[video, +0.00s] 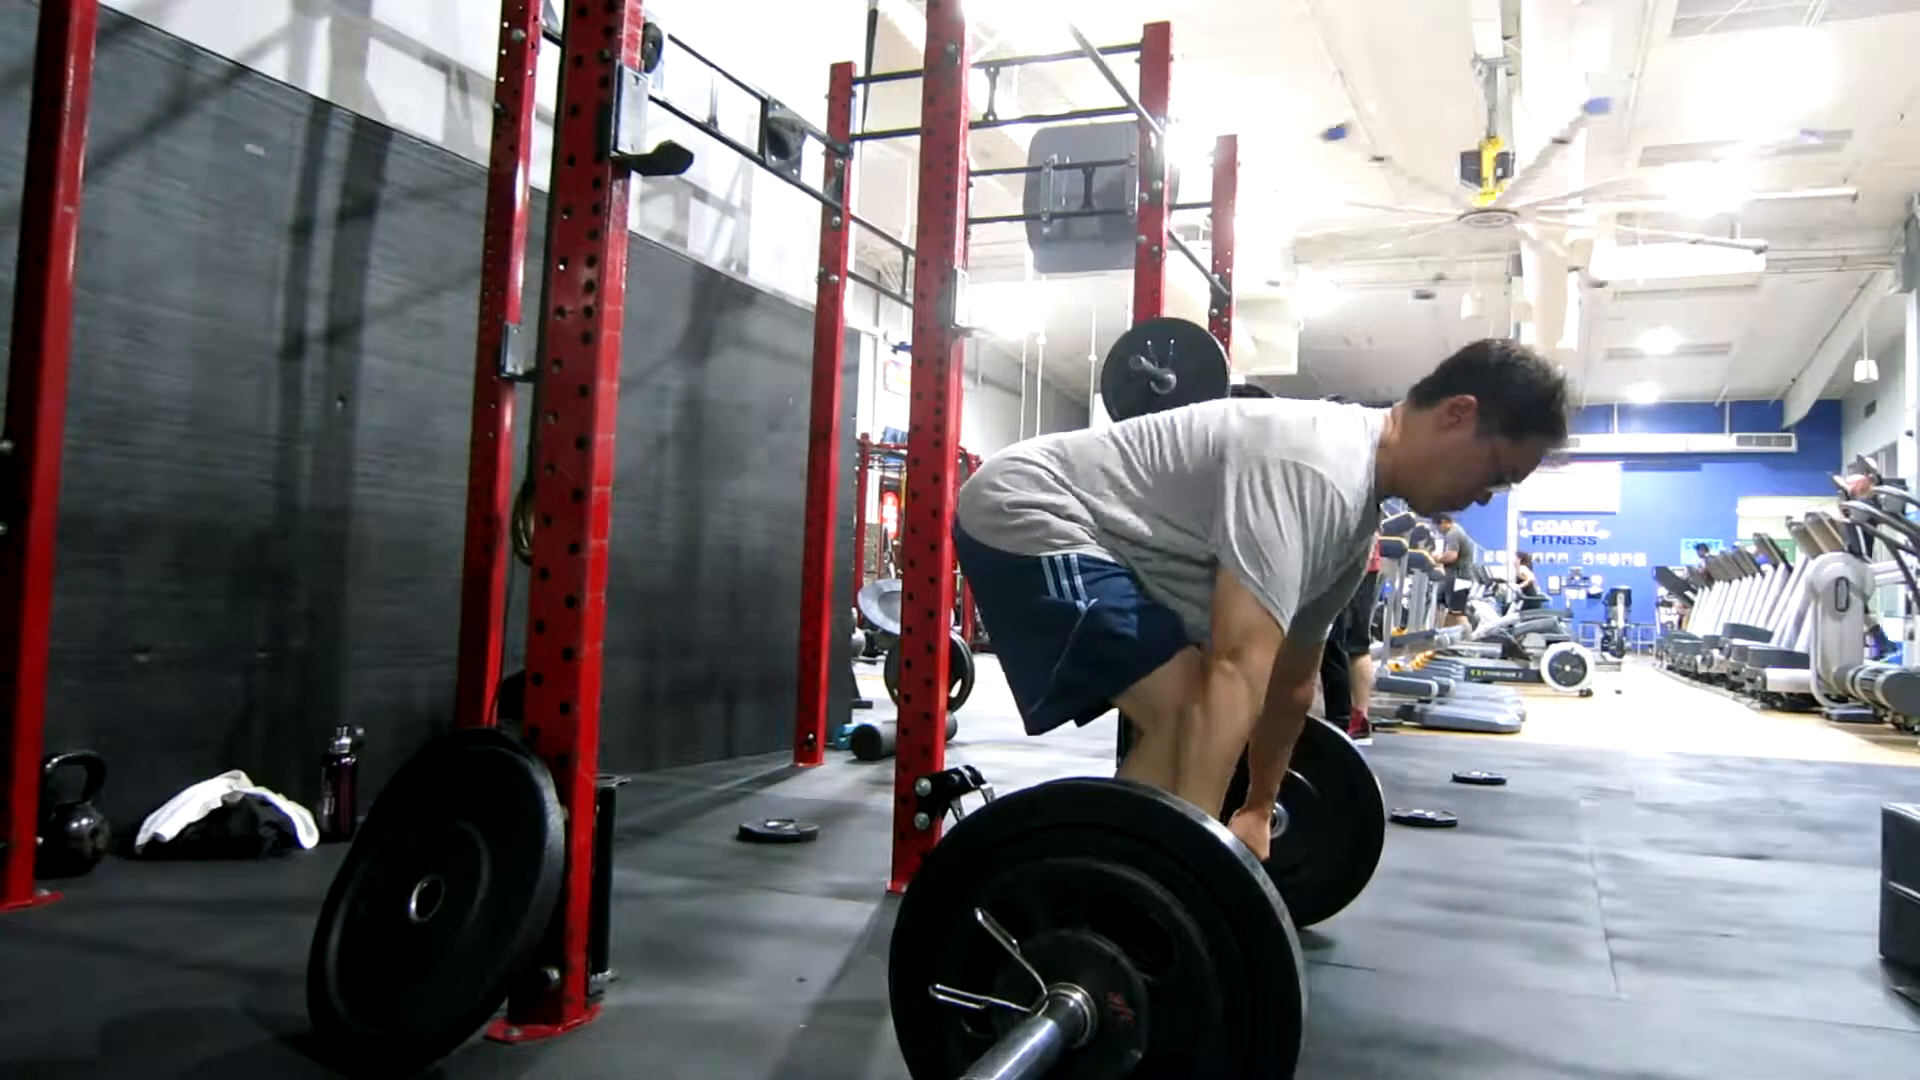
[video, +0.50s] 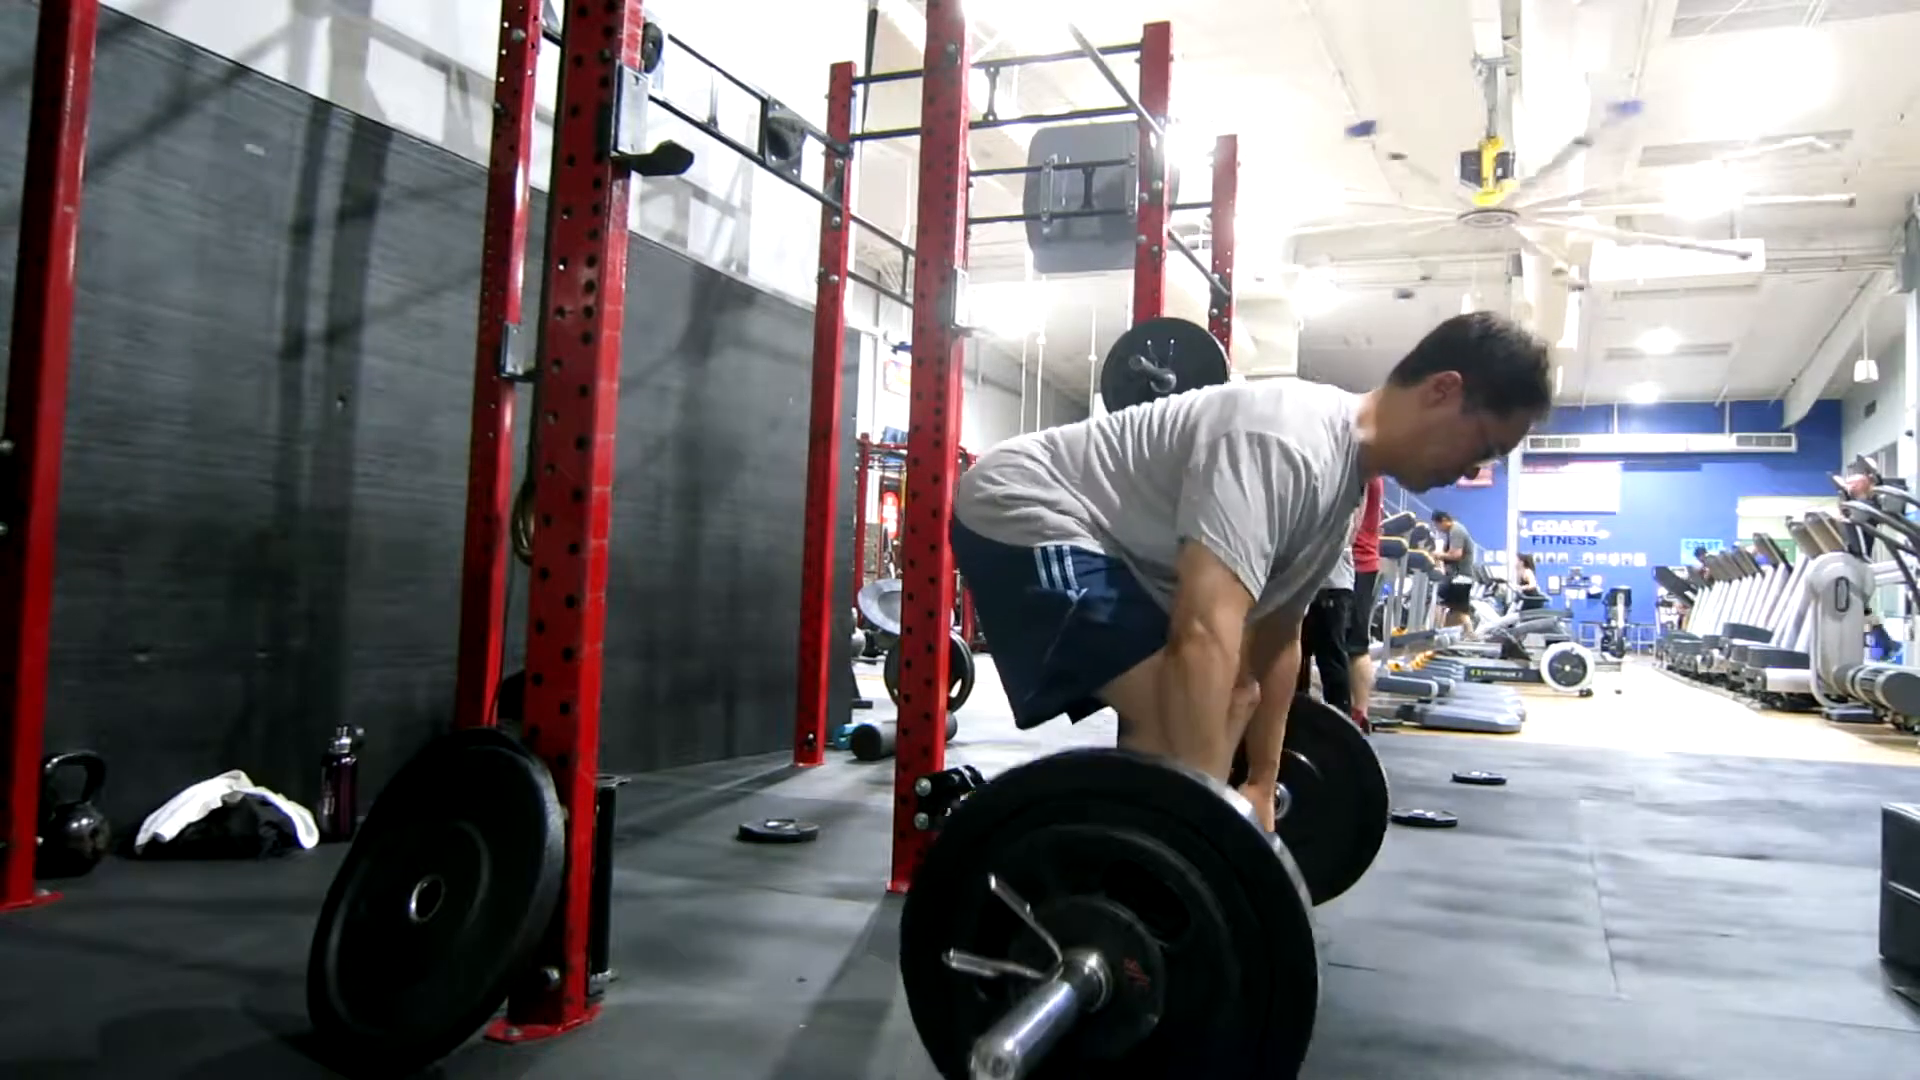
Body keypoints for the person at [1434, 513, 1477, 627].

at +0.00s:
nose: (1437, 529)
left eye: (1438, 526)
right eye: (1436, 526)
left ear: (1444, 522)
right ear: (1445, 522)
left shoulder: (1453, 533)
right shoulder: (1456, 532)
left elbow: (1452, 555)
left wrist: (1439, 559)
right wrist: (1441, 557)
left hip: (1459, 577)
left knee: (1457, 612)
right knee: (1451, 611)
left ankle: (1469, 642)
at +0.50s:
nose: (1438, 528)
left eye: (1438, 524)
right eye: (1437, 525)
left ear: (1444, 520)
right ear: (1444, 520)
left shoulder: (1456, 530)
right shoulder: (1452, 531)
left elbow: (1457, 554)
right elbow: (1448, 551)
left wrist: (1439, 555)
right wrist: (1439, 555)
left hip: (1462, 576)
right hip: (1455, 575)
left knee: (1460, 611)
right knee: (1454, 611)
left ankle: (1470, 637)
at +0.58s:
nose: (1438, 527)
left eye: (1438, 524)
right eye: (1436, 524)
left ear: (1444, 520)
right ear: (1444, 520)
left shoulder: (1456, 531)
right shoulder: (1453, 531)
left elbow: (1455, 554)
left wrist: (1439, 555)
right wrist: (1439, 555)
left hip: (1459, 576)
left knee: (1446, 609)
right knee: (1457, 610)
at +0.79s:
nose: (1438, 529)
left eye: (1438, 526)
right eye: (1437, 526)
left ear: (1443, 522)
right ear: (1443, 522)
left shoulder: (1454, 532)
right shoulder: (1450, 533)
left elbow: (1453, 555)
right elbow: (1446, 553)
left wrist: (1439, 559)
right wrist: (1439, 558)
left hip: (1461, 577)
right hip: (1453, 576)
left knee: (1457, 612)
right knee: (1449, 610)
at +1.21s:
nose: (1437, 531)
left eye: (1438, 527)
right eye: (1435, 528)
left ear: (1444, 522)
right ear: (1442, 524)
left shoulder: (1459, 533)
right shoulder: (1449, 536)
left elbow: (1469, 551)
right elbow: (1450, 556)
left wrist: (1458, 565)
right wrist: (1436, 559)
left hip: (1462, 579)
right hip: (1451, 577)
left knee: (1463, 613)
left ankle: (1475, 640)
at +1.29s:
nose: (1435, 529)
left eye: (1436, 525)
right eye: (1434, 527)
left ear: (1442, 521)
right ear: (1440, 522)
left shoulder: (1457, 531)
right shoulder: (1447, 534)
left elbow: (1468, 550)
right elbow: (1449, 553)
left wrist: (1458, 567)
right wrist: (1438, 557)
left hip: (1461, 578)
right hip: (1451, 577)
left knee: (1459, 612)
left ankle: (1473, 636)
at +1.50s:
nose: (1436, 533)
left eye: (1436, 528)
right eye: (1434, 530)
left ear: (1441, 523)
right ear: (1441, 524)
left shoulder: (1453, 535)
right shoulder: (1451, 536)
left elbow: (1459, 553)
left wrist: (1448, 568)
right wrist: (1440, 559)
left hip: (1459, 579)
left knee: (1454, 615)